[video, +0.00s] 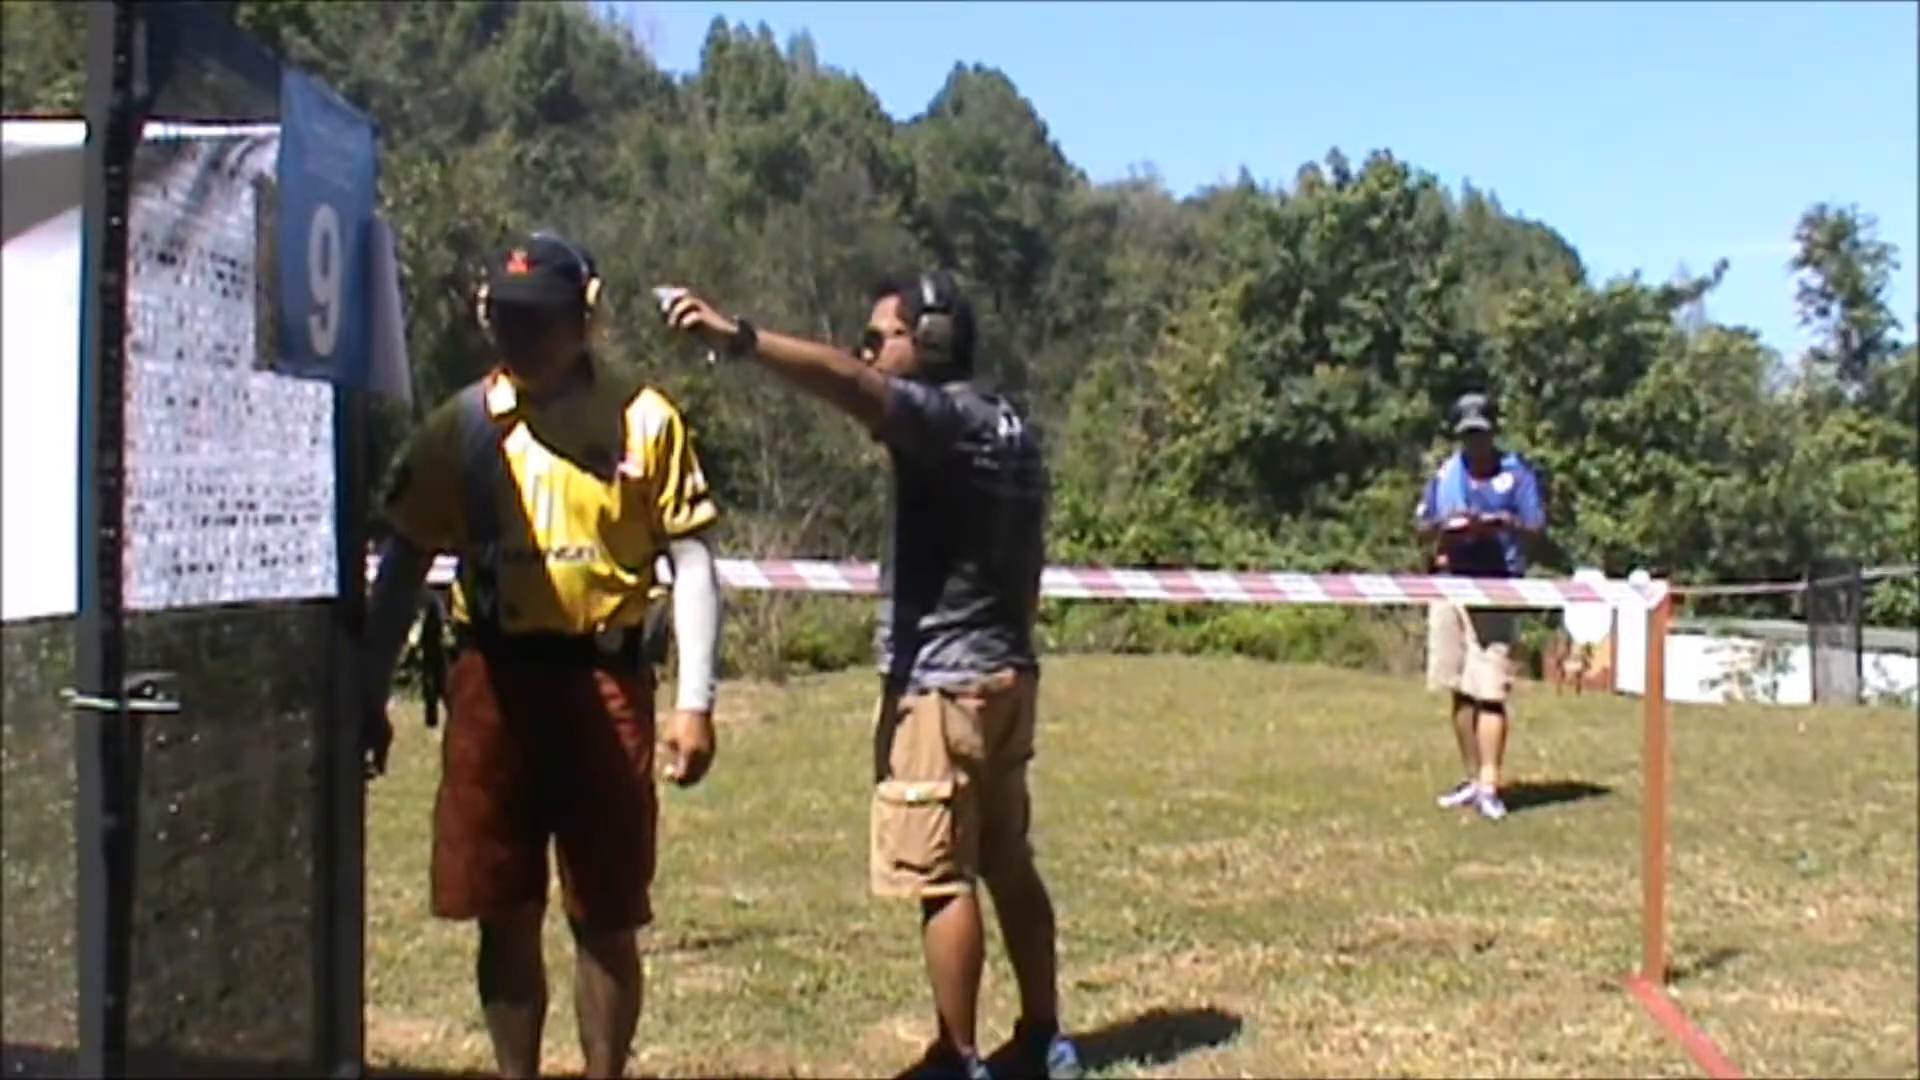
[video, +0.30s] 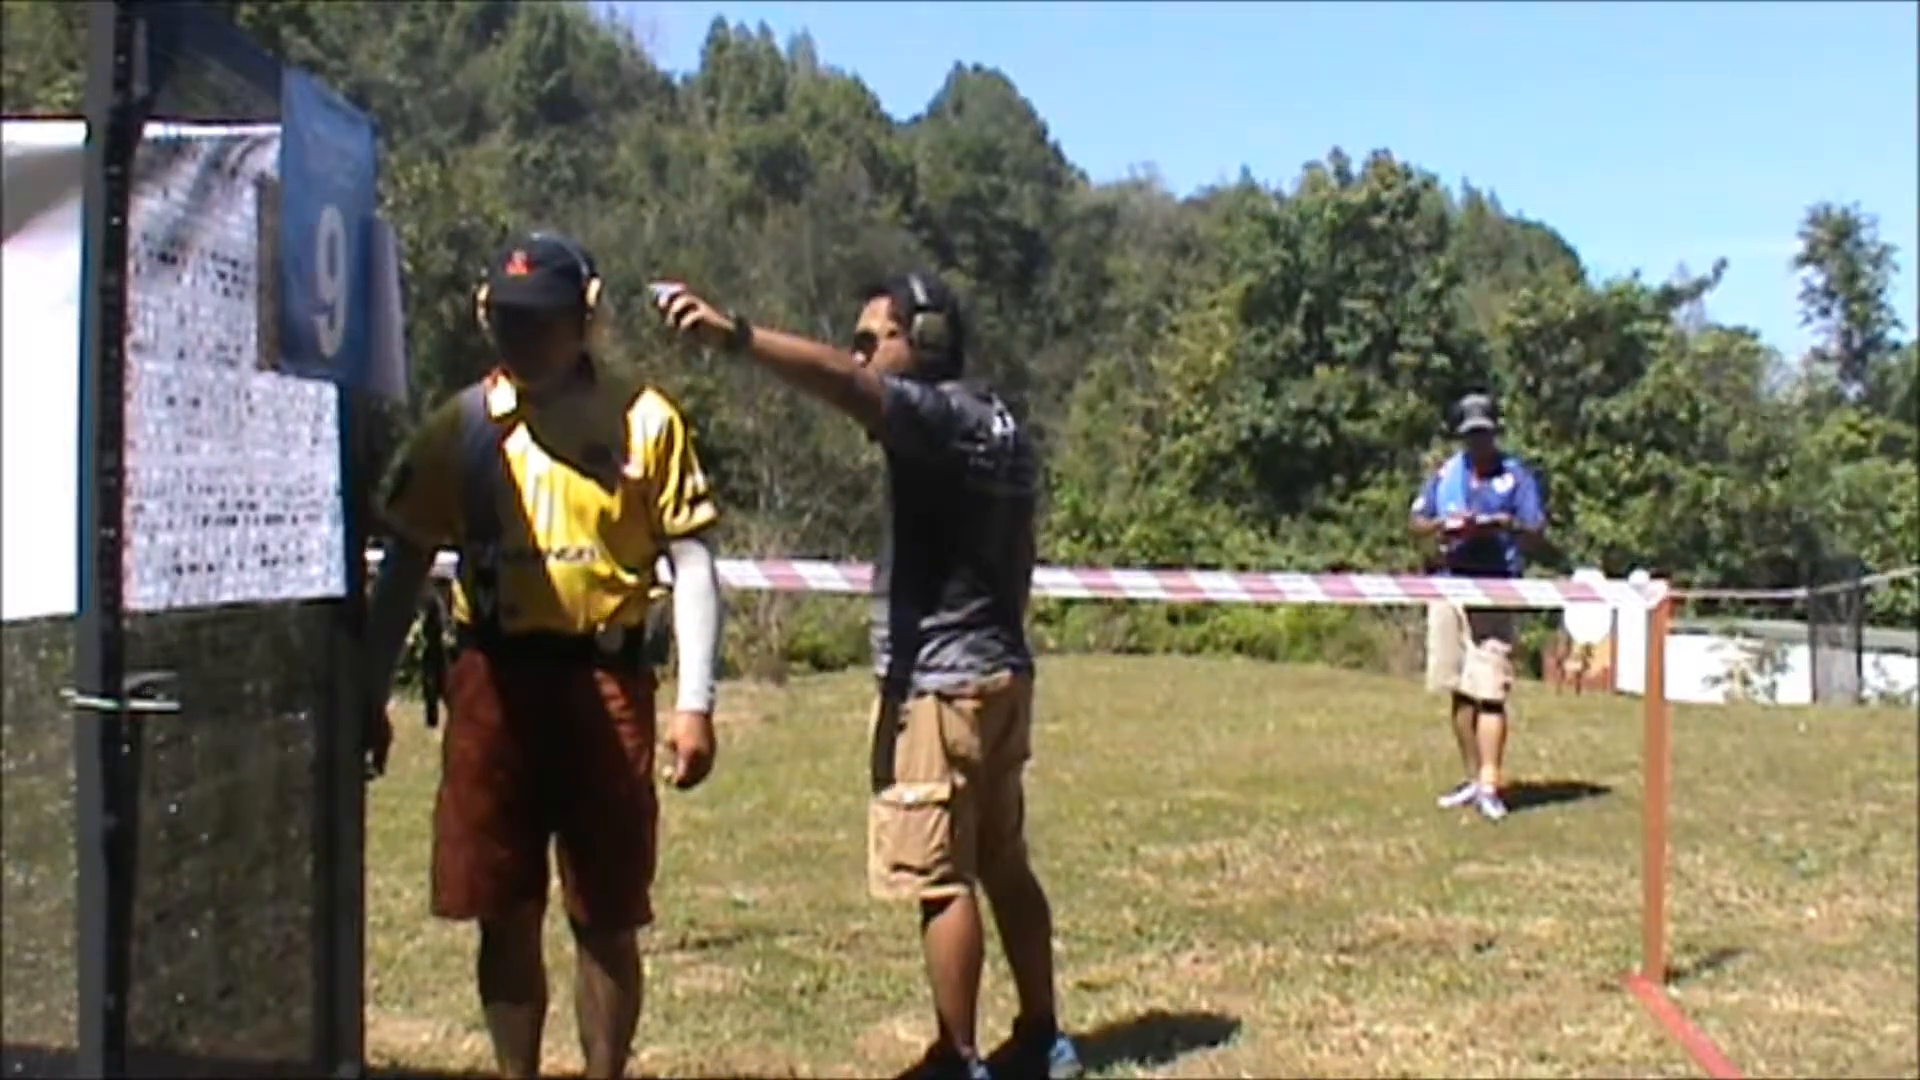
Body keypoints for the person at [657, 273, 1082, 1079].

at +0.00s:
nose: (869, 353)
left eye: (882, 339)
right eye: (870, 338)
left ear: (931, 343)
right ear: (952, 345)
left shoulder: (938, 414)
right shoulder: (1014, 425)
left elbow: (852, 382)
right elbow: (1021, 566)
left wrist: (738, 336)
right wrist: (1006, 648)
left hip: (944, 676)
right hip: (1008, 671)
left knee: (942, 877)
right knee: (1008, 861)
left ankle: (955, 1054)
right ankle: (1043, 1033)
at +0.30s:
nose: (860, 355)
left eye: (873, 340)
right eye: (860, 340)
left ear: (924, 343)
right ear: (944, 347)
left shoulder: (931, 412)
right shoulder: (1004, 423)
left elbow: (845, 380)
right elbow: (1016, 560)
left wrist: (735, 333)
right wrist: (996, 643)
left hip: (941, 674)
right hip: (1001, 669)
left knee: (939, 876)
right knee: (1004, 864)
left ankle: (954, 1054)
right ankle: (1041, 1033)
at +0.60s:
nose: (858, 357)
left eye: (870, 341)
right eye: (857, 342)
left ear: (919, 342)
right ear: (939, 346)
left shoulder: (930, 413)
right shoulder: (1002, 424)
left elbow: (844, 380)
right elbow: (1014, 561)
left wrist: (732, 334)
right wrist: (994, 643)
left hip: (939, 674)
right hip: (997, 669)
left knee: (938, 877)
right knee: (1000, 866)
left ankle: (954, 1054)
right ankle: (1040, 1030)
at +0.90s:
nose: (856, 357)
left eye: (868, 342)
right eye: (856, 342)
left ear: (916, 344)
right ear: (938, 346)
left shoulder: (934, 414)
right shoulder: (999, 420)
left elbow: (843, 380)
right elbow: (1014, 560)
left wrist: (733, 338)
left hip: (941, 675)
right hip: (996, 669)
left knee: (938, 876)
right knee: (995, 865)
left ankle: (953, 1055)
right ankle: (1038, 1029)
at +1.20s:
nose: (858, 358)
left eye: (869, 343)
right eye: (858, 343)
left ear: (918, 342)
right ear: (938, 344)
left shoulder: (932, 412)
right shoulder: (1000, 416)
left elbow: (846, 379)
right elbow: (1023, 553)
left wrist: (736, 332)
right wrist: (1005, 646)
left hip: (944, 676)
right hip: (998, 670)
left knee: (939, 877)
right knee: (993, 865)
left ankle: (953, 1055)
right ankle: (1038, 1029)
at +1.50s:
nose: (859, 359)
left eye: (869, 344)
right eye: (858, 344)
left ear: (918, 341)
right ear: (941, 343)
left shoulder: (931, 412)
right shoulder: (1005, 418)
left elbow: (843, 379)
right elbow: (1029, 558)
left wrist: (729, 338)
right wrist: (1011, 650)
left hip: (949, 677)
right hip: (1005, 671)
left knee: (939, 876)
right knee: (994, 866)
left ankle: (954, 1055)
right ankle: (1038, 1029)